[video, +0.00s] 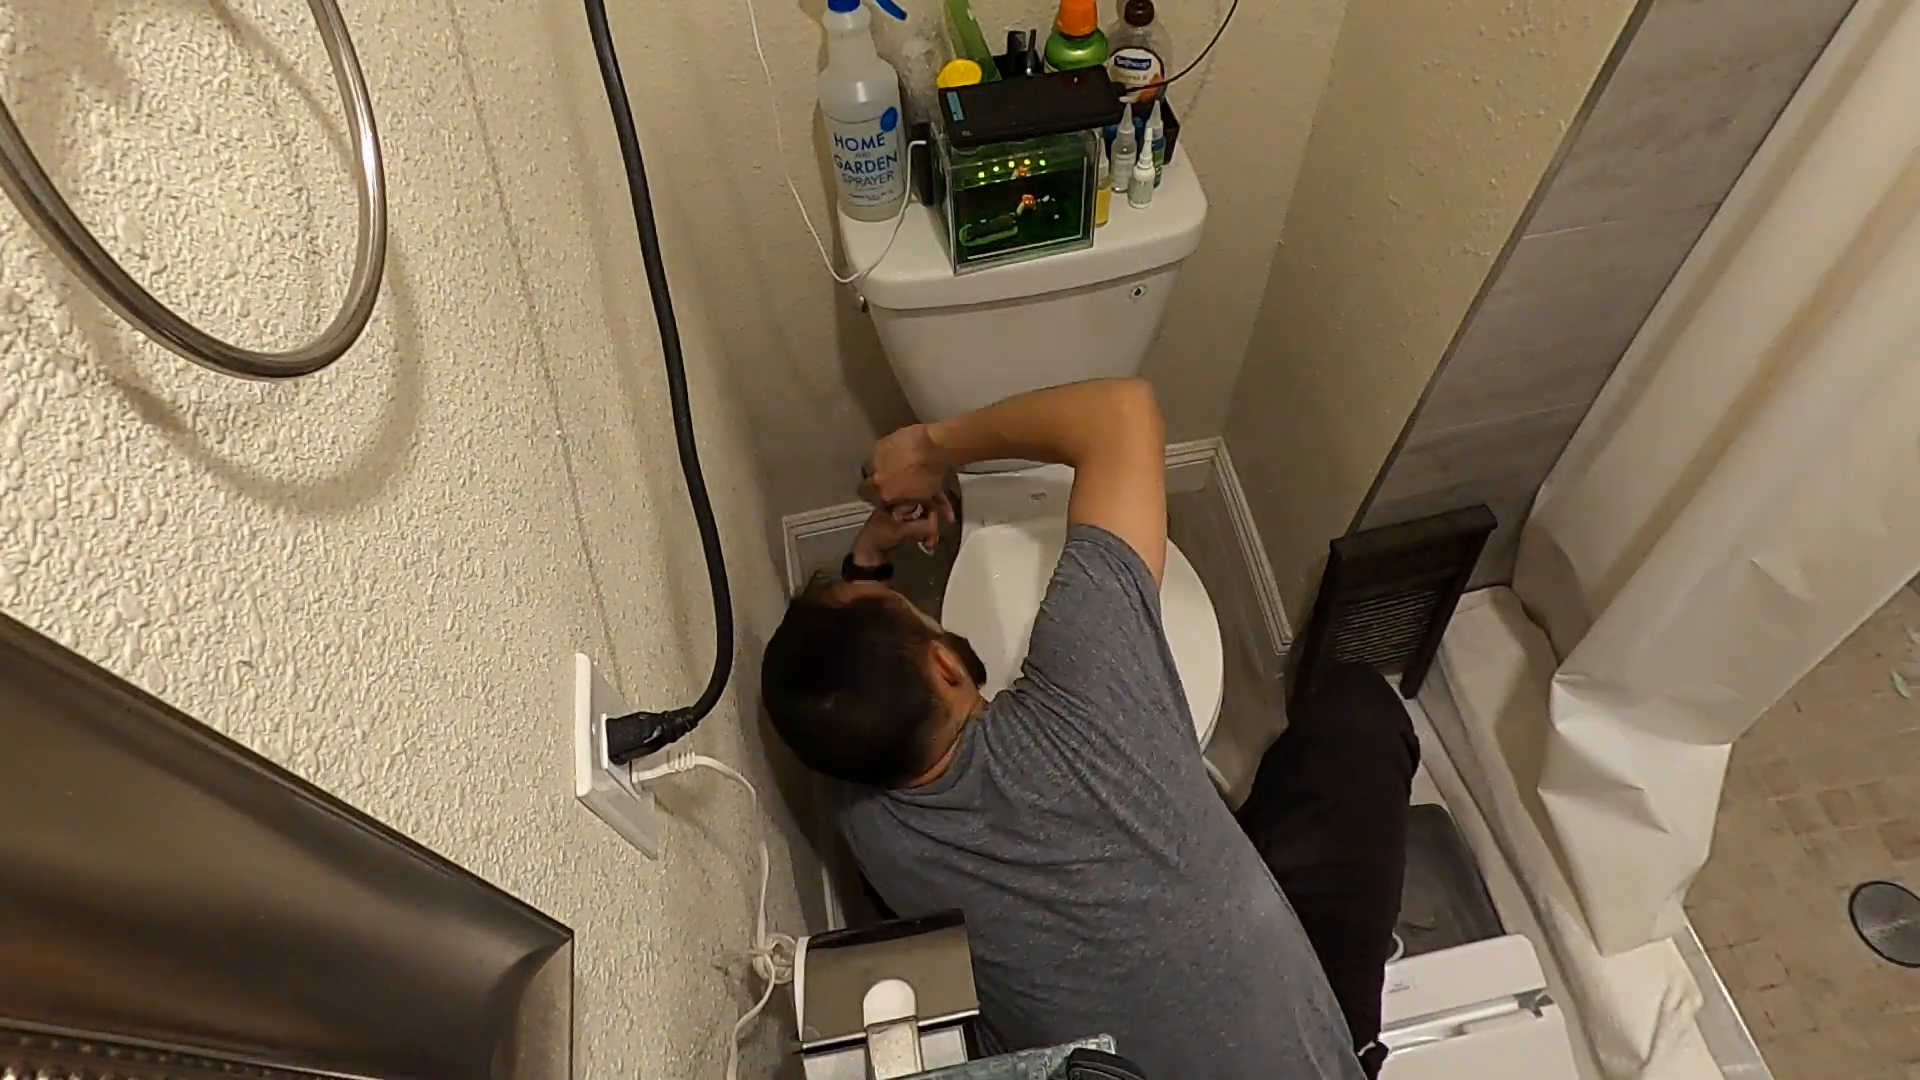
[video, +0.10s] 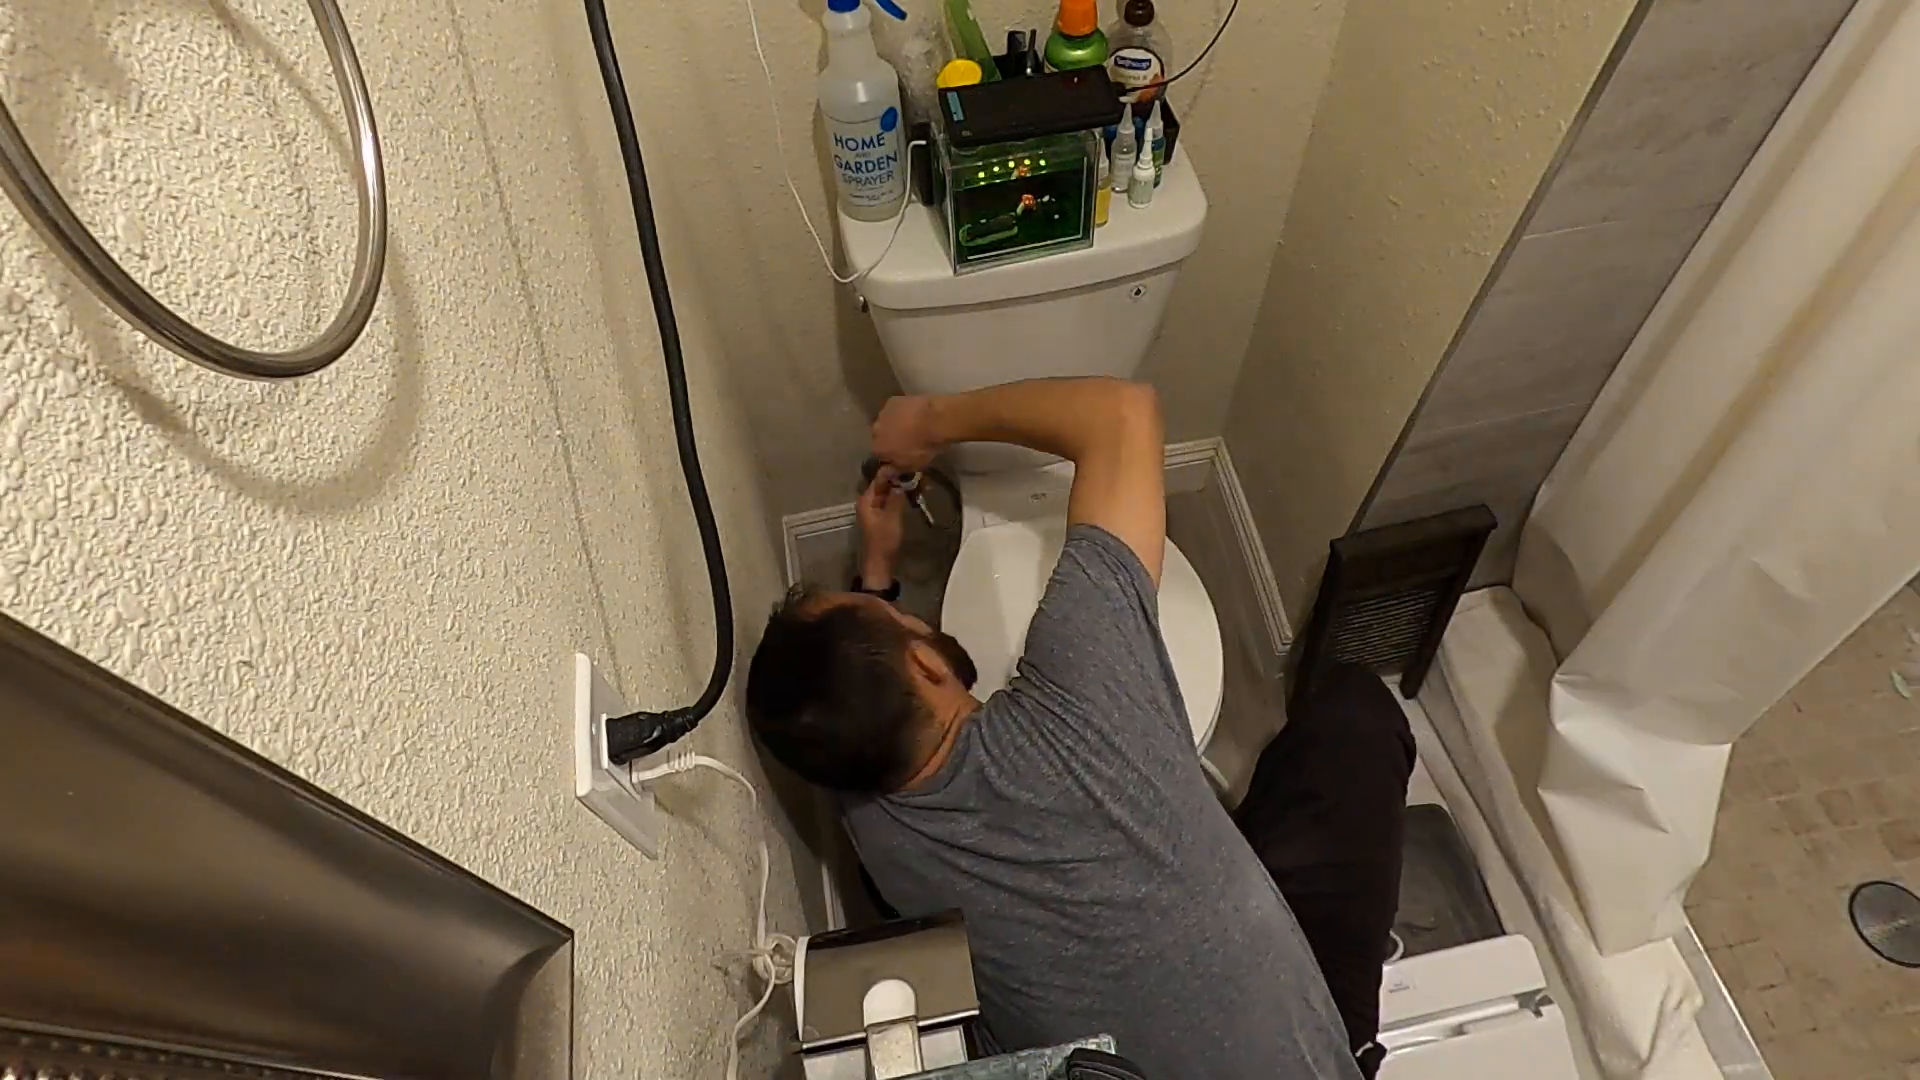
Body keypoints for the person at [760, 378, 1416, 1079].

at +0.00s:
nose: (926, 611)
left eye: (905, 607)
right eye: (916, 615)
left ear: (839, 751)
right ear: (945, 663)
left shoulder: (879, 843)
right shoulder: (1089, 690)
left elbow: (836, 718)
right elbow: (1118, 411)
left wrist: (870, 553)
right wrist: (936, 443)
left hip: (1077, 1072)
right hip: (1298, 1055)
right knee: (1356, 701)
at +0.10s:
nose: (885, 597)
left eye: (869, 599)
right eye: (880, 606)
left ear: (839, 760)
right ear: (922, 663)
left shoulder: (886, 847)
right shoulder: (1081, 687)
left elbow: (848, 733)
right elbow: (1119, 413)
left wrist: (878, 567)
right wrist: (935, 421)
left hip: (1088, 1070)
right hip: (1296, 1055)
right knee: (1348, 700)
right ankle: (1344, 664)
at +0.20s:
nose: (918, 608)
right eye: (910, 603)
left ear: (820, 729)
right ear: (919, 633)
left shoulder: (863, 821)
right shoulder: (1043, 683)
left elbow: (904, 651)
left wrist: (918, 519)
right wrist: (898, 433)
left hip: (1081, 1071)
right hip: (1279, 1054)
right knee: (1361, 711)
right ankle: (1354, 690)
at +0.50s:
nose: (902, 594)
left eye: (879, 580)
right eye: (885, 587)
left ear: (807, 725)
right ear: (920, 647)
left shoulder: (847, 823)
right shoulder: (1031, 694)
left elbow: (907, 668)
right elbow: (979, 493)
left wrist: (940, 549)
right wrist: (913, 448)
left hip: (1067, 1063)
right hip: (1261, 1047)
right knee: (1336, 695)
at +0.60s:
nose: (921, 614)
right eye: (914, 608)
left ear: (798, 727)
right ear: (918, 654)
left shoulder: (837, 835)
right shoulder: (1006, 687)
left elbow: (845, 733)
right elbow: (950, 487)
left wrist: (908, 598)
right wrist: (894, 419)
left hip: (1077, 1067)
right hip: (1268, 1051)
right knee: (1329, 699)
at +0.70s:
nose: (916, 620)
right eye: (909, 612)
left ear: (786, 718)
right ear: (909, 647)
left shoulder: (830, 832)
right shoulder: (1000, 678)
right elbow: (956, 489)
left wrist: (924, 546)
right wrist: (897, 430)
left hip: (1074, 1067)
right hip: (1266, 1049)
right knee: (1315, 686)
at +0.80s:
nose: (907, 623)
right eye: (902, 612)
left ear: (782, 723)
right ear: (902, 646)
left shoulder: (831, 833)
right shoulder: (993, 676)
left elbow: (891, 655)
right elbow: (959, 483)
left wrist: (922, 532)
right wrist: (894, 432)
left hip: (1078, 1068)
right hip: (1269, 1048)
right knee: (1301, 682)